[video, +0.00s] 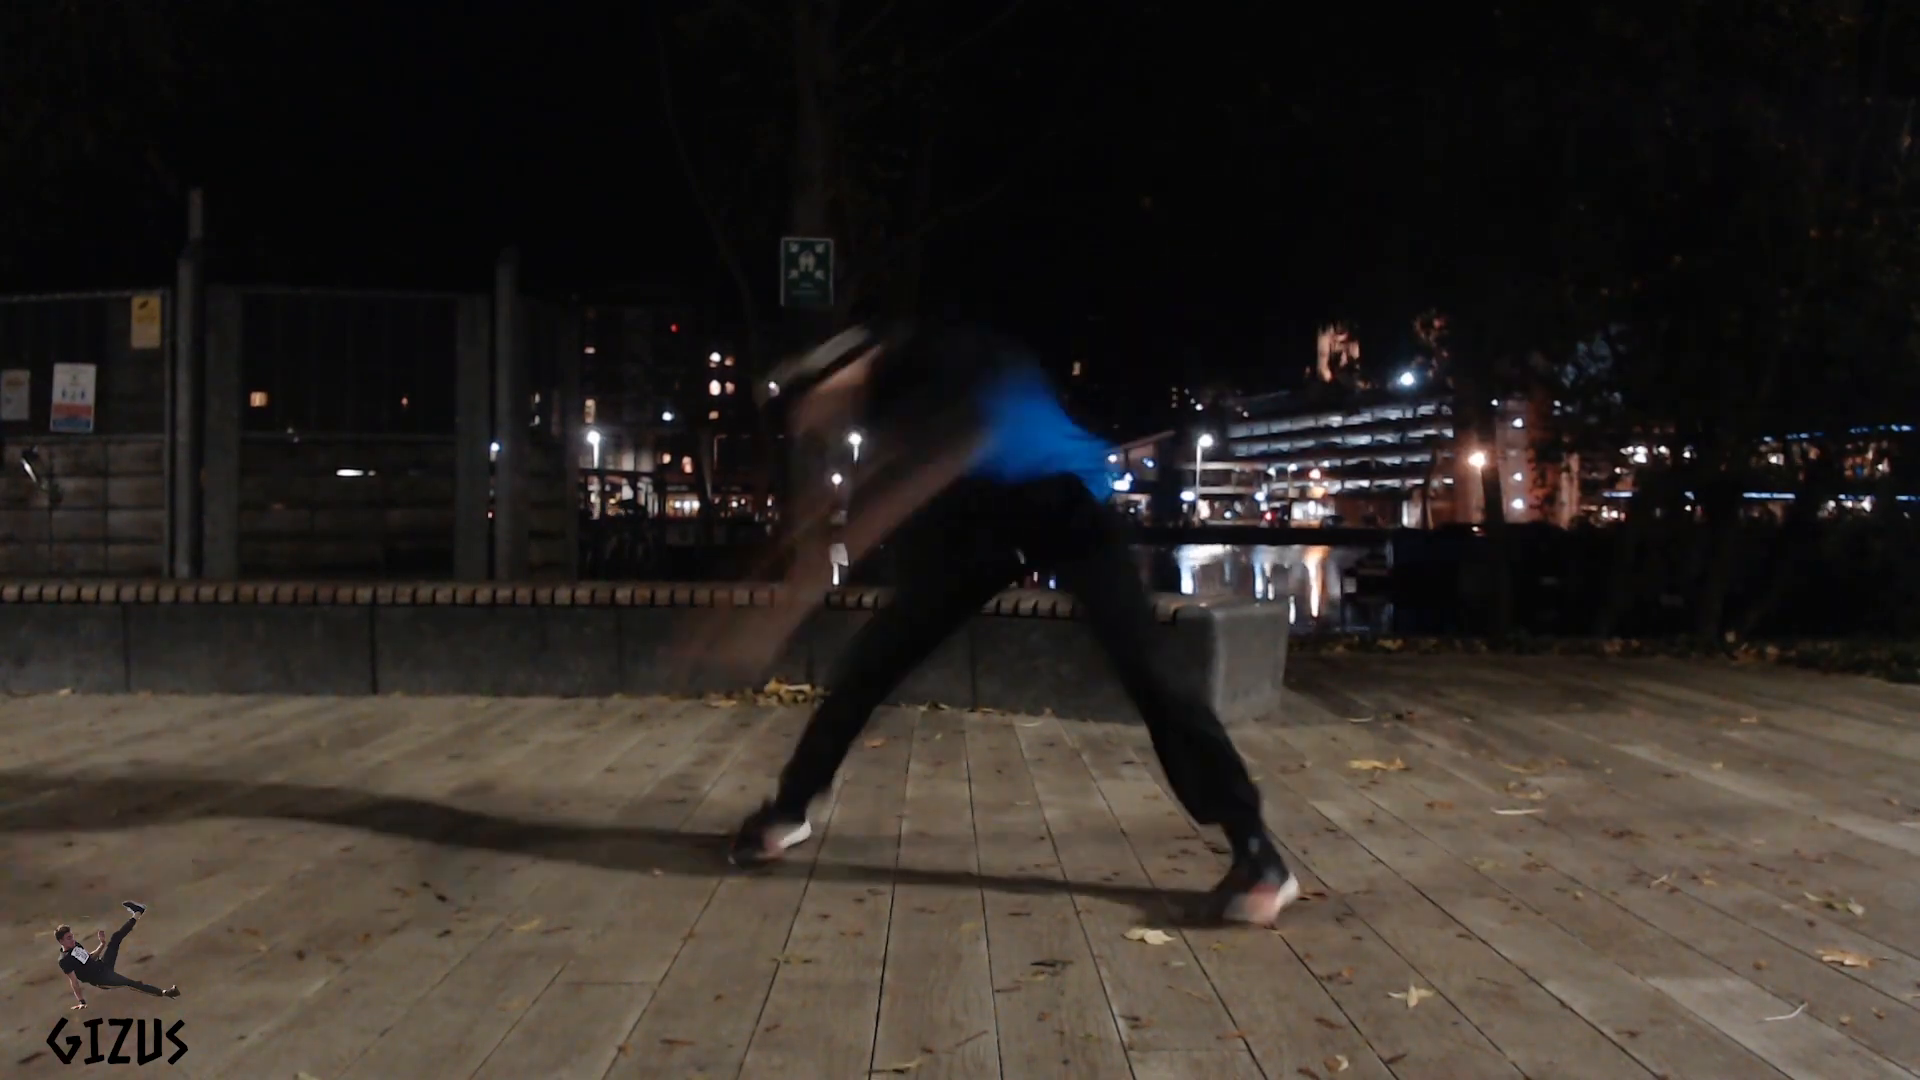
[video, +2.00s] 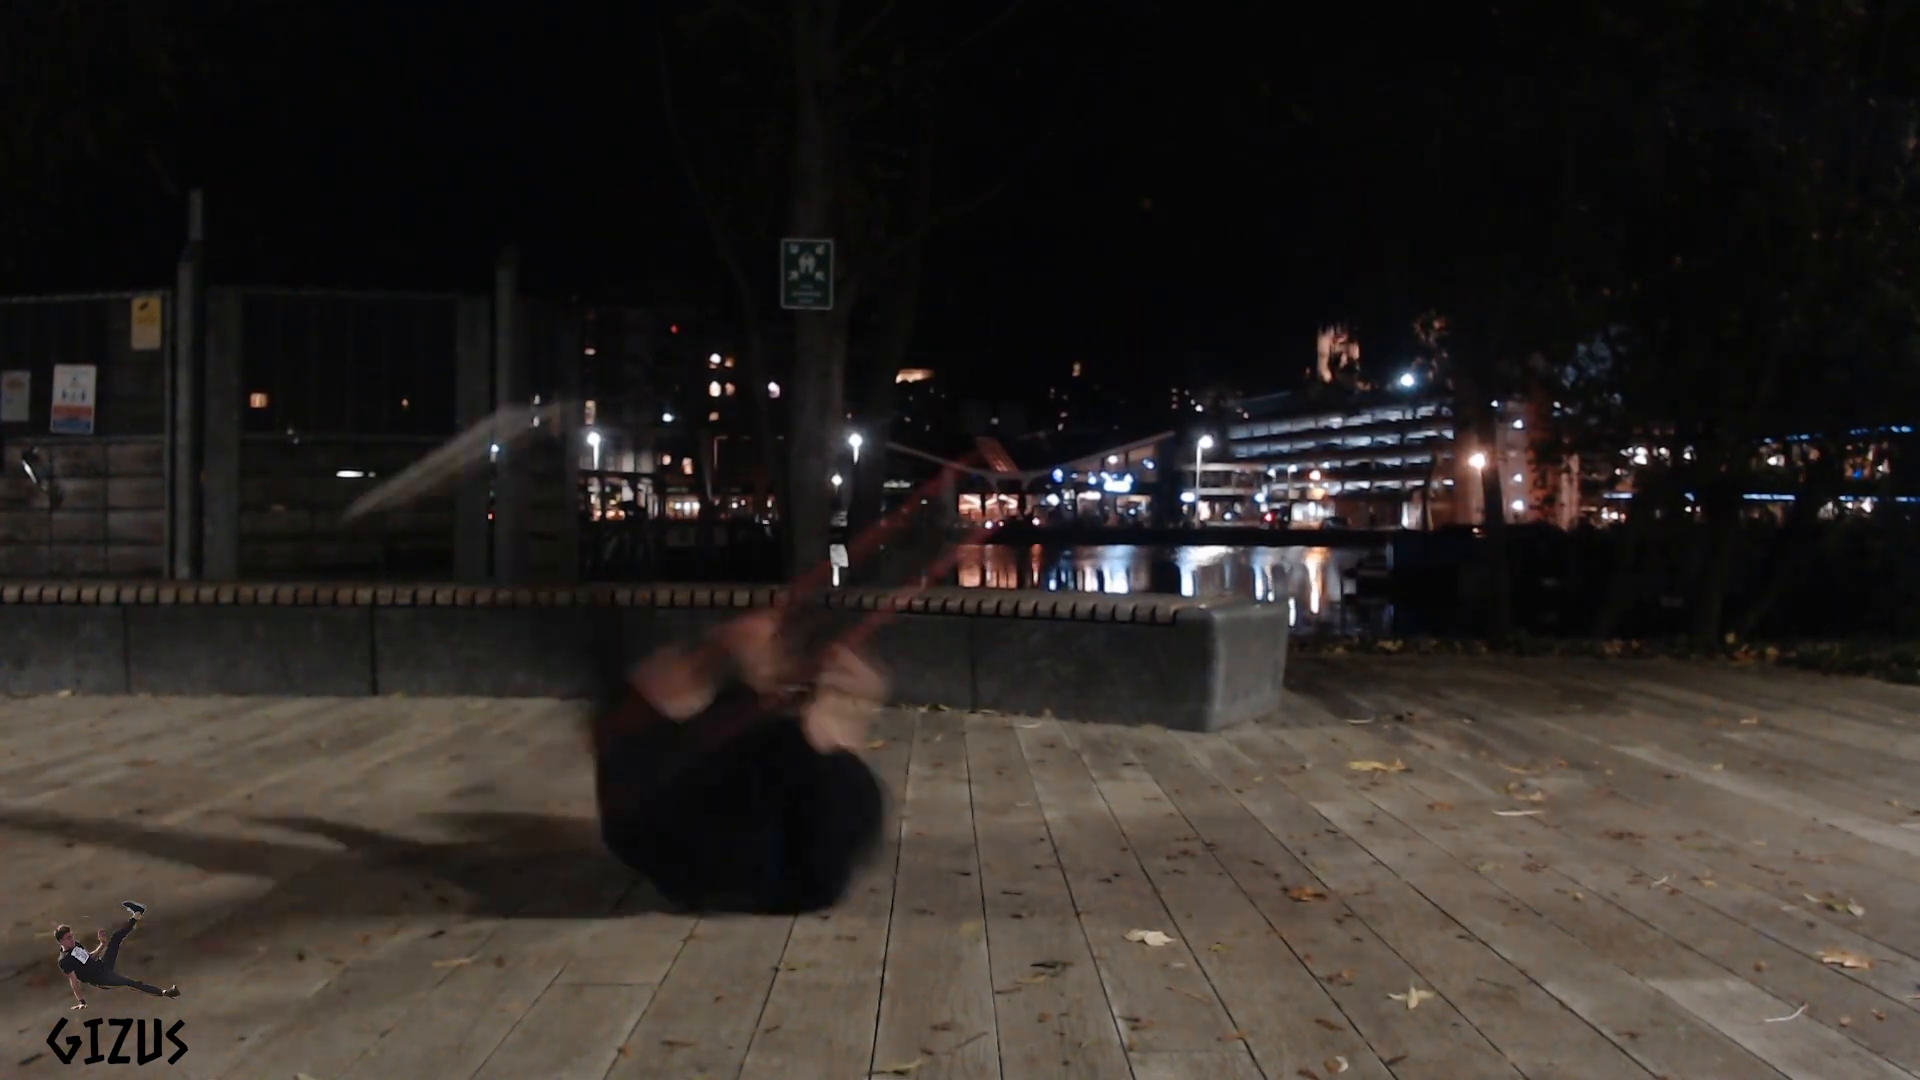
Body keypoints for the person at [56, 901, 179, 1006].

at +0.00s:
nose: (73, 939)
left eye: (72, 936)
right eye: (69, 938)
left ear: (71, 937)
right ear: (61, 942)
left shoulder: (76, 946)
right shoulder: (64, 960)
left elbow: (91, 957)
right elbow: (74, 982)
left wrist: (102, 944)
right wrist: (81, 1001)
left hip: (104, 964)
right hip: (102, 977)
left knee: (115, 939)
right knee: (132, 983)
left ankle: (136, 916)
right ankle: (164, 993)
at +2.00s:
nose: (73, 939)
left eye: (72, 936)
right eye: (69, 937)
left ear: (70, 937)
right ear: (61, 941)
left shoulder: (76, 946)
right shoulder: (64, 961)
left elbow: (91, 958)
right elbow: (74, 982)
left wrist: (102, 945)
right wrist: (81, 1001)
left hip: (104, 964)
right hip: (102, 978)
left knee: (115, 939)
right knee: (131, 983)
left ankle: (135, 917)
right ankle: (164, 993)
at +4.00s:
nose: (73, 939)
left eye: (72, 936)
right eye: (69, 938)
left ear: (72, 936)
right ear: (61, 941)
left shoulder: (76, 946)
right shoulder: (64, 960)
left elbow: (91, 957)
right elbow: (74, 982)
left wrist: (102, 945)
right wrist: (81, 1002)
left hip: (104, 965)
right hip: (102, 978)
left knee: (115, 939)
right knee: (132, 983)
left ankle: (136, 917)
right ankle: (164, 993)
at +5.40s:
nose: (73, 939)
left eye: (72, 936)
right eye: (69, 938)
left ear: (71, 937)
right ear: (61, 941)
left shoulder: (76, 946)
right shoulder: (64, 960)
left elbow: (91, 957)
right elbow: (74, 982)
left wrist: (102, 944)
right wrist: (81, 1002)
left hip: (104, 965)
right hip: (102, 978)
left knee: (115, 939)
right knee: (131, 983)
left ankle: (136, 916)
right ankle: (164, 993)